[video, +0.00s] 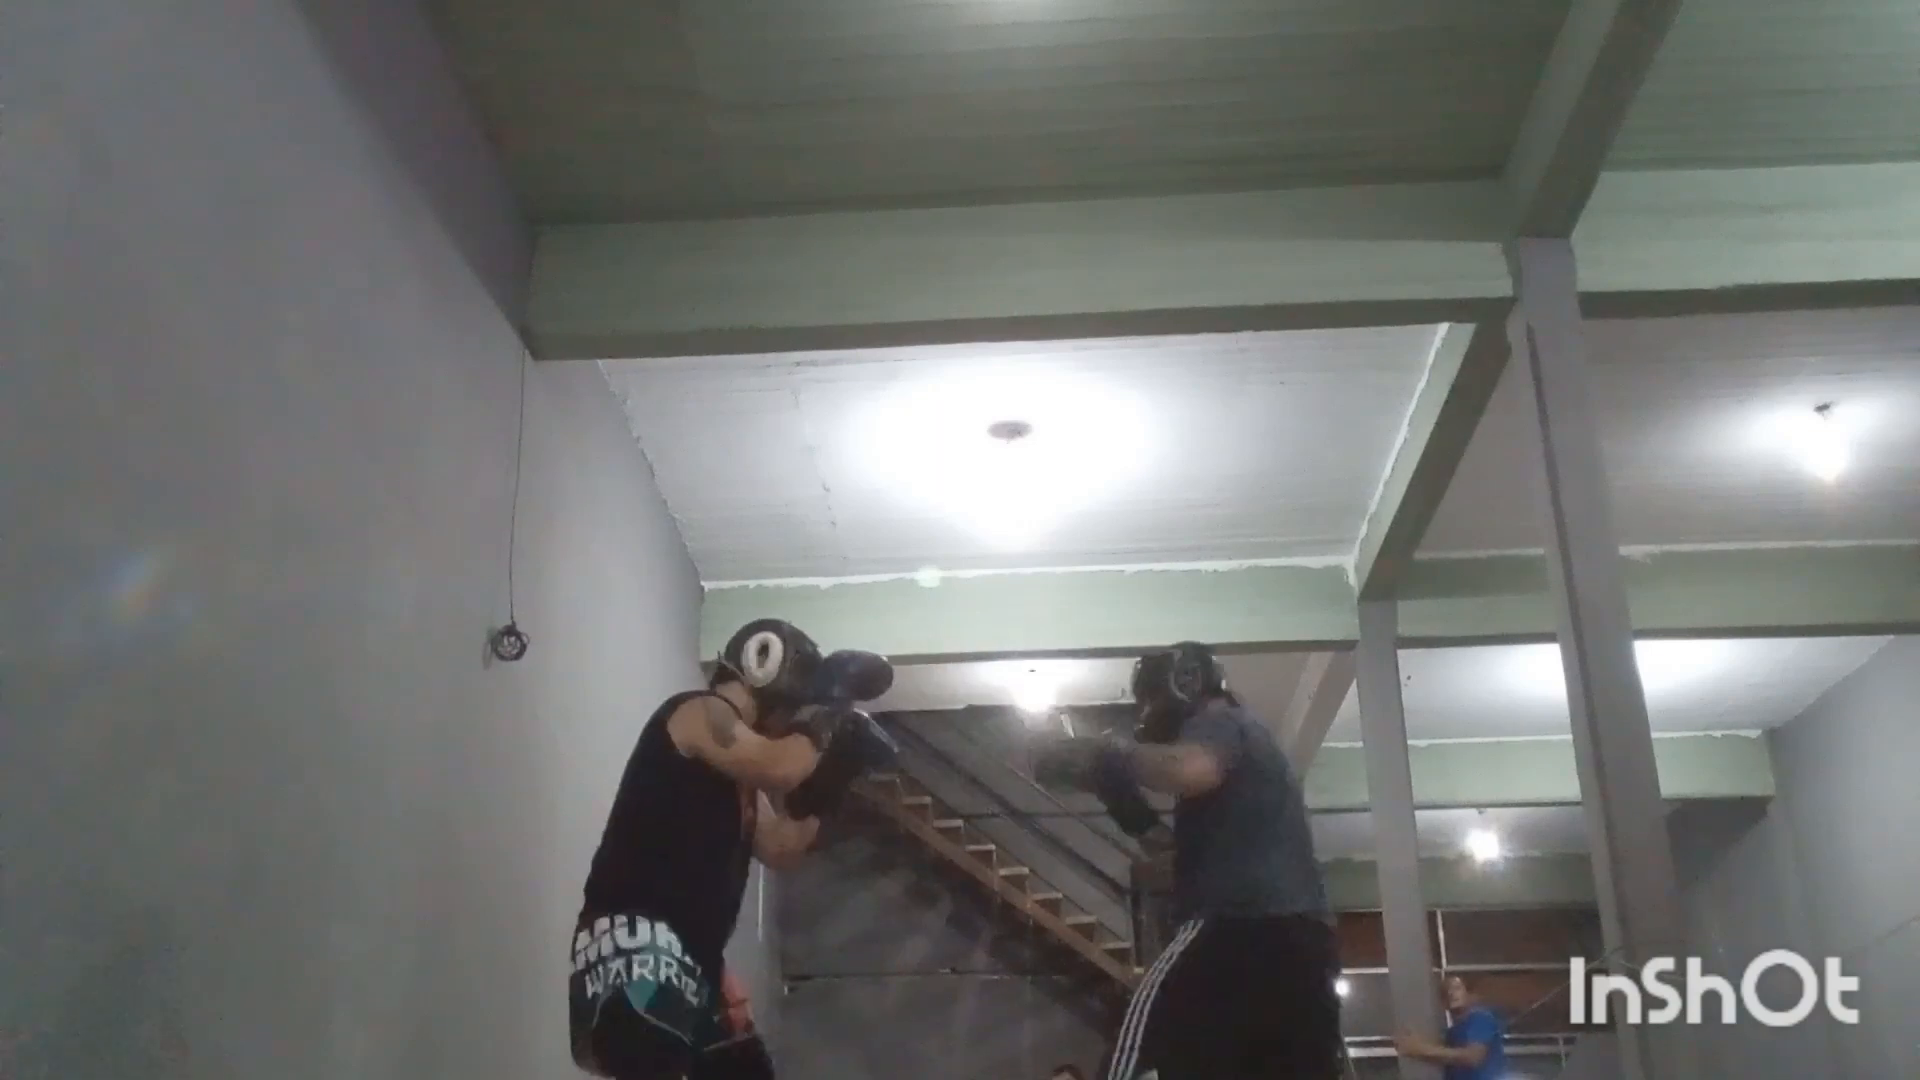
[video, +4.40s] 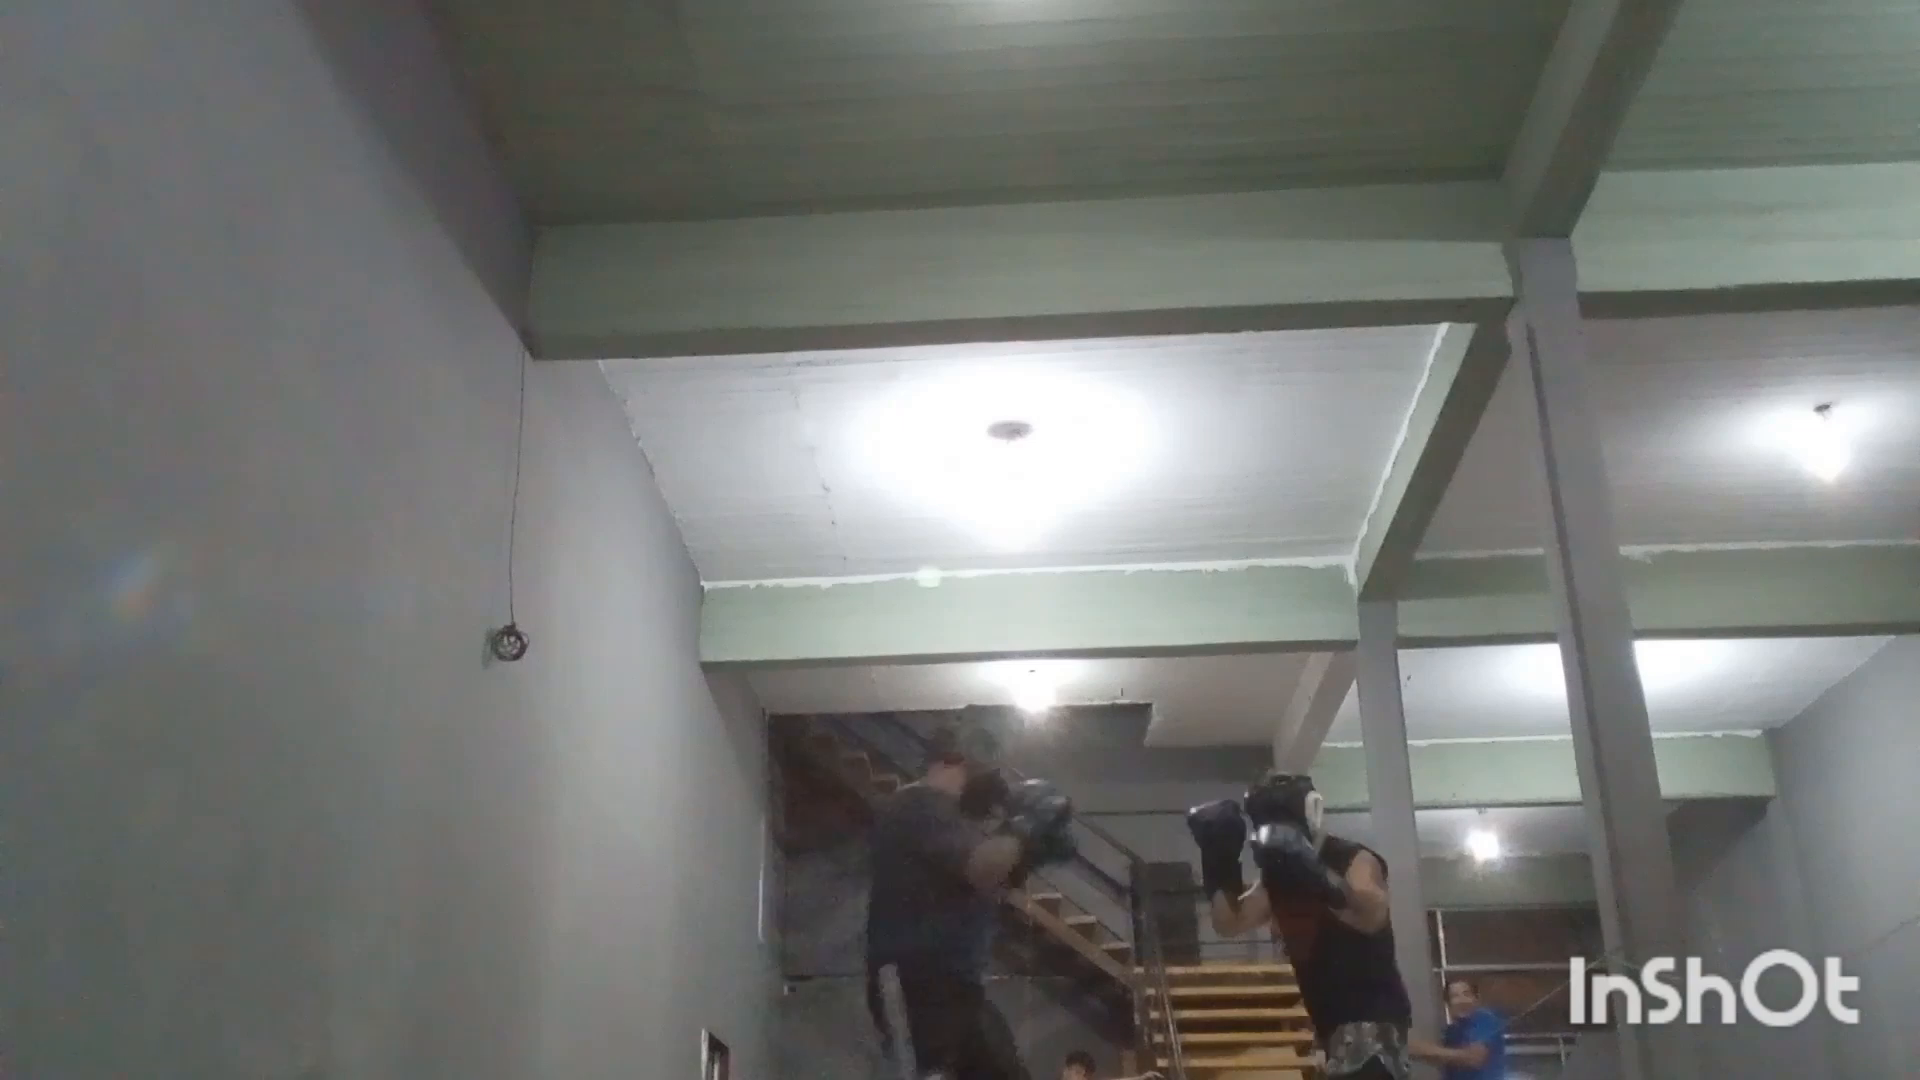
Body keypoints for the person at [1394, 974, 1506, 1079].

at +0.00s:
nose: (1453, 993)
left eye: (1457, 988)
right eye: (1448, 990)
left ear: (1466, 991)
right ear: (1444, 997)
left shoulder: (1481, 1018)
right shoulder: (1453, 1030)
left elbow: (1474, 1056)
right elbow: (1450, 1058)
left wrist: (1423, 1050)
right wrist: (1417, 1048)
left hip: (1485, 1075)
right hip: (1460, 1076)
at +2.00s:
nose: (1457, 996)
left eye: (1462, 991)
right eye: (1451, 993)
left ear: (1470, 995)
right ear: (1445, 1000)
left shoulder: (1481, 1017)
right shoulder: (1454, 1031)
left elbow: (1476, 1056)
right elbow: (1448, 1054)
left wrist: (1424, 1050)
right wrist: (1419, 1046)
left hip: (1485, 1075)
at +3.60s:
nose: (1458, 1007)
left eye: (1464, 1003)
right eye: (1454, 1001)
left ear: (1474, 1004)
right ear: (1449, 1002)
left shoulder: (1482, 1018)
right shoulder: (1457, 1028)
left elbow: (1477, 1052)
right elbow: (1445, 1054)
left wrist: (1426, 1049)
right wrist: (1418, 1048)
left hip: (1484, 1076)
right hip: (1461, 1076)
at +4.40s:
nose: (1461, 1000)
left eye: (1466, 995)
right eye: (1455, 996)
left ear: (1475, 998)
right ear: (1448, 1002)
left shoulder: (1484, 1020)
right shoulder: (1452, 1030)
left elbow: (1476, 1058)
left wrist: (1431, 1051)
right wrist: (1423, 1053)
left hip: (1485, 1076)